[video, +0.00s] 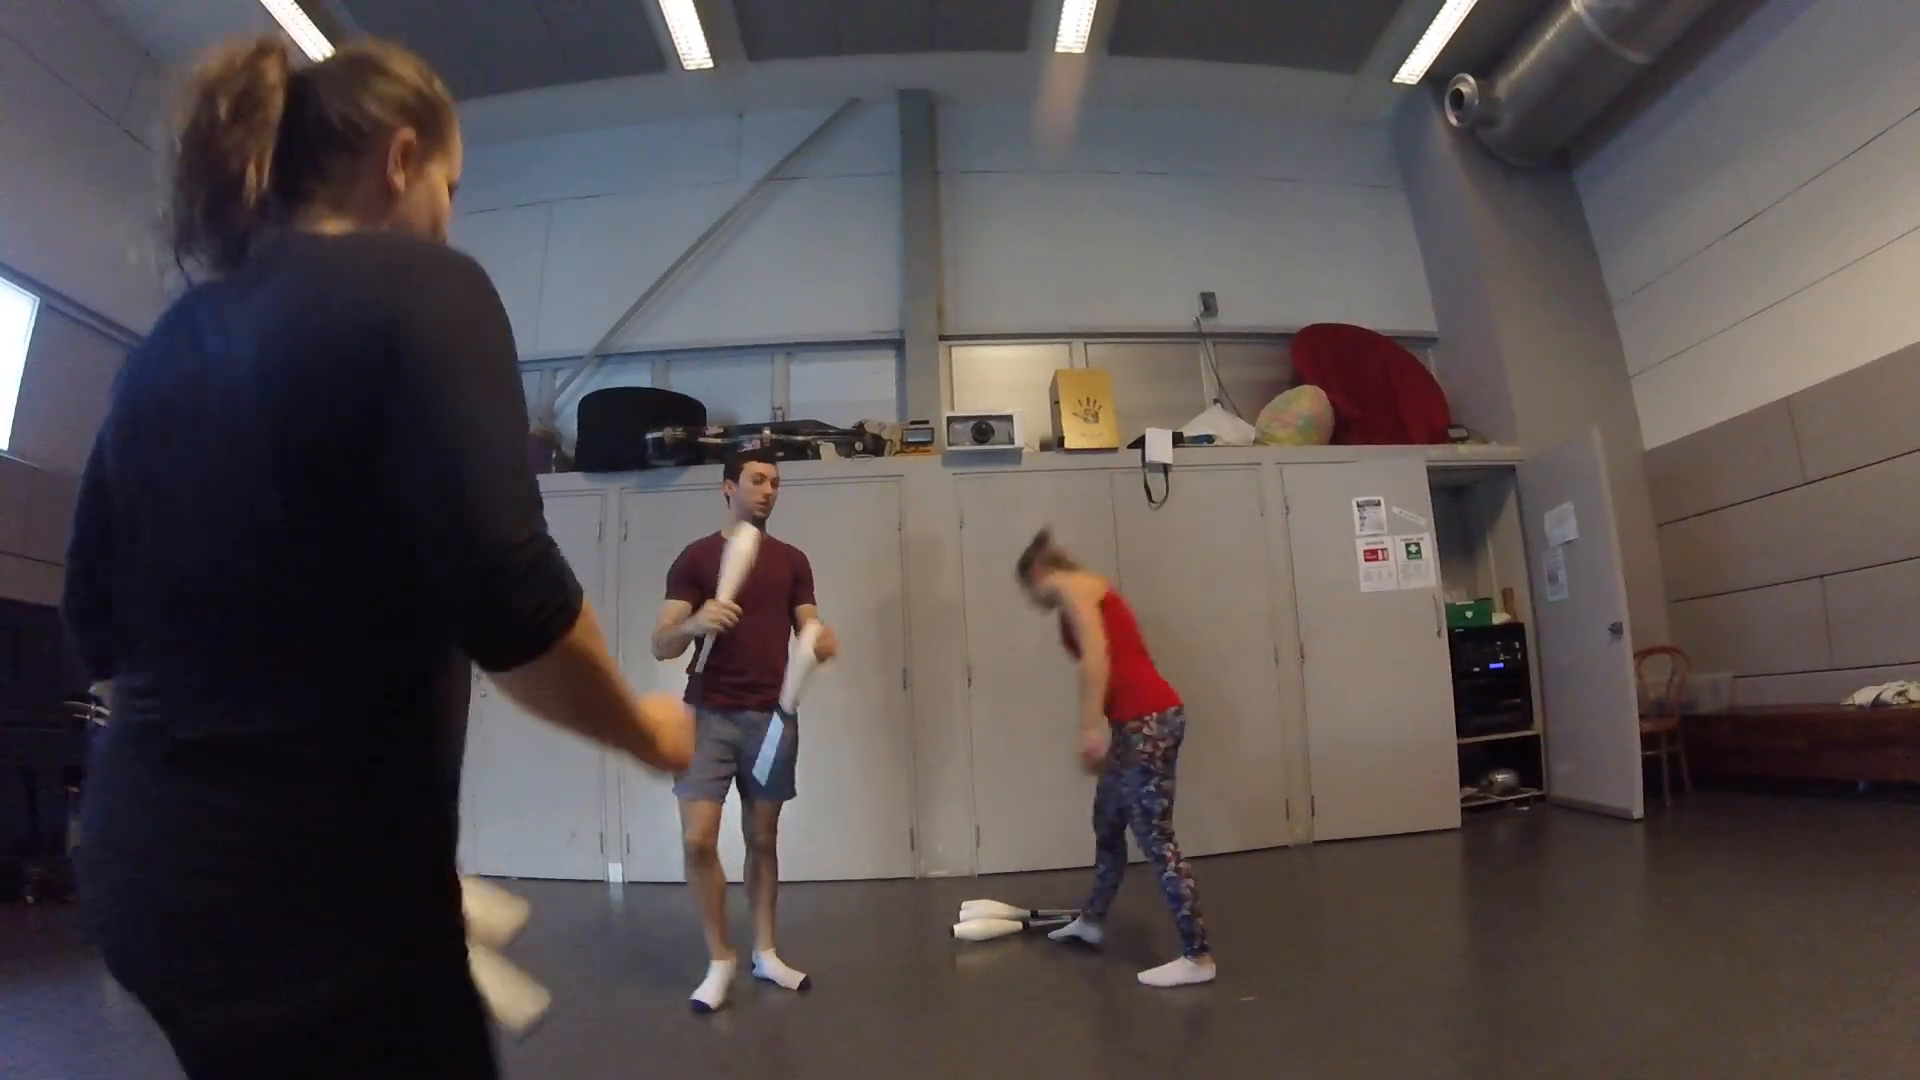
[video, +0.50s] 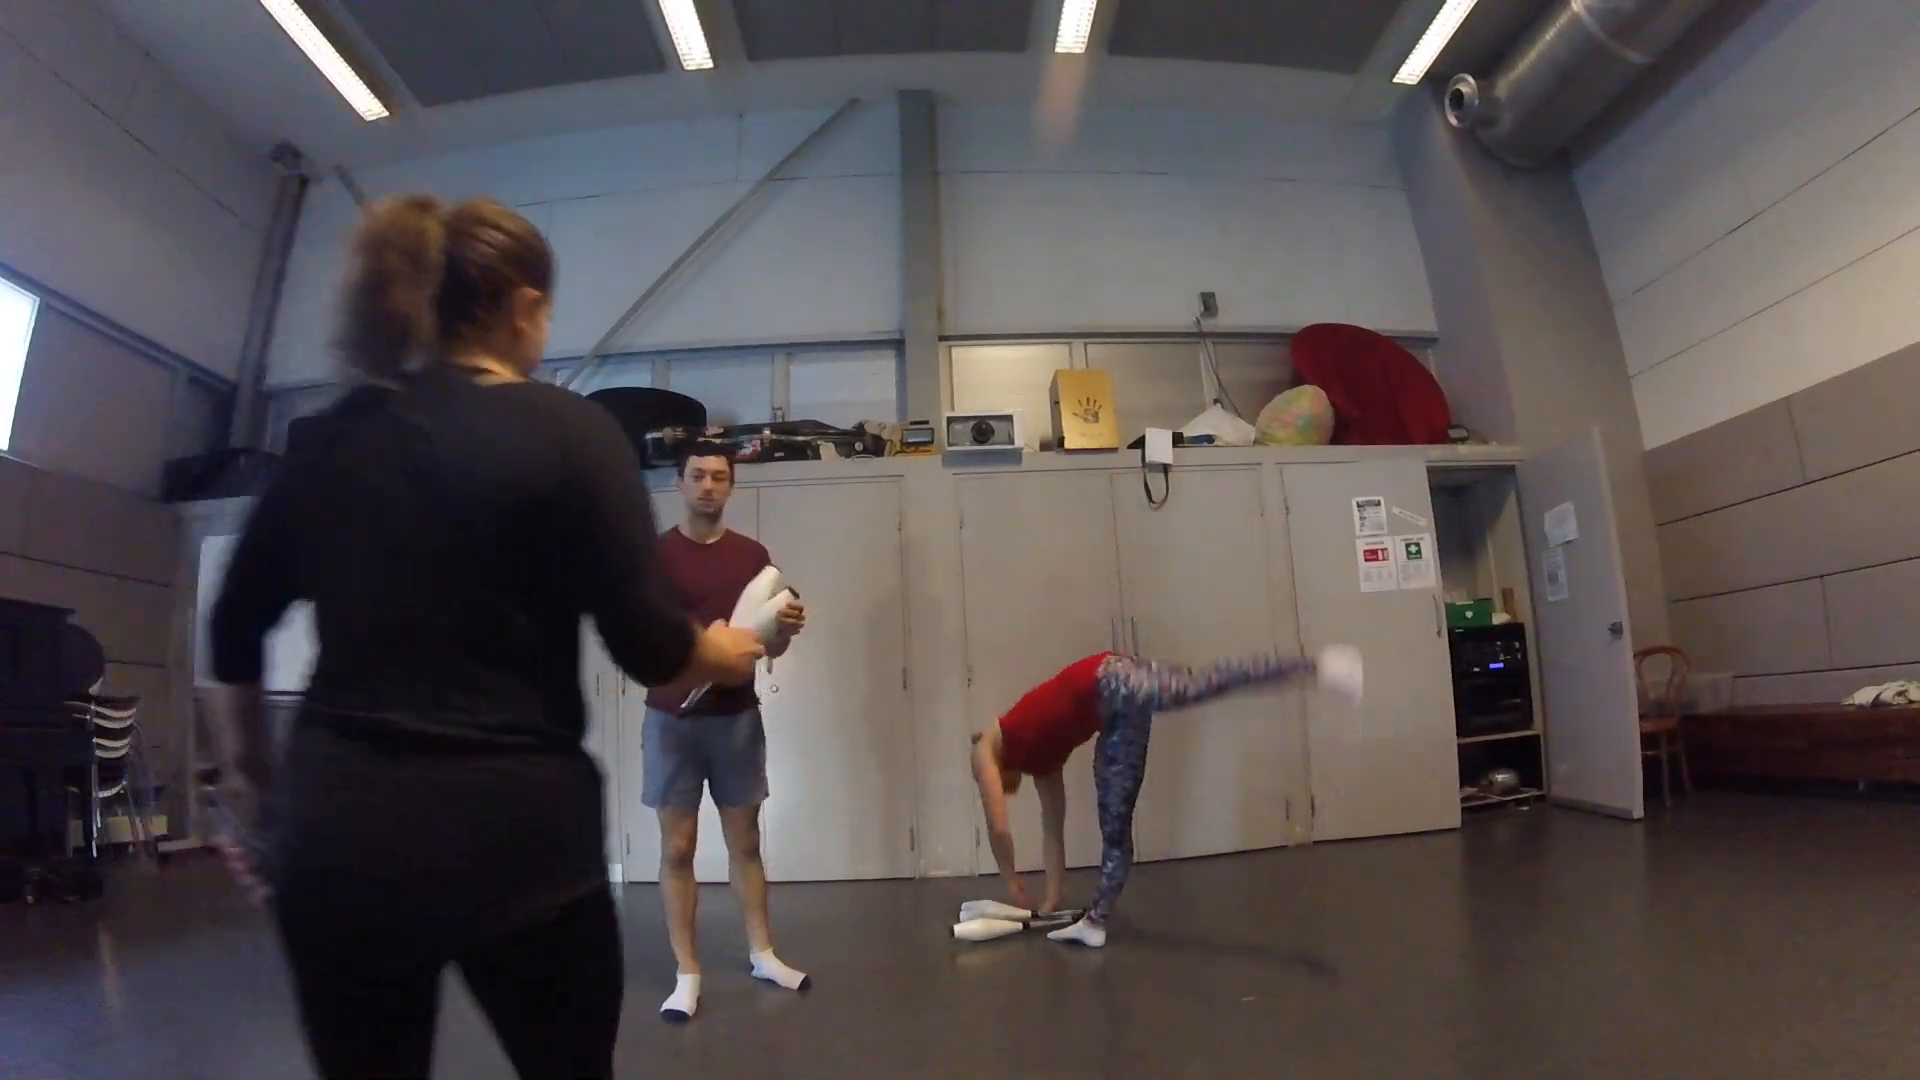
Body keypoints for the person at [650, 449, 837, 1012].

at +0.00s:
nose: (768, 491)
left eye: (773, 483)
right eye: (758, 480)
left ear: (777, 494)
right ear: (728, 488)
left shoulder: (790, 561)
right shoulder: (697, 558)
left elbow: (808, 628)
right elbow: (664, 646)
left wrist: (819, 638)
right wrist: (696, 621)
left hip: (771, 718)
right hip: (708, 717)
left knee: (763, 840)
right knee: (697, 843)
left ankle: (766, 953)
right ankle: (720, 960)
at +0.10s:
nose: (758, 490)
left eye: (765, 482)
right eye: (748, 480)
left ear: (773, 493)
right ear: (724, 488)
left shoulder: (788, 560)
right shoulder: (693, 558)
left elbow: (807, 652)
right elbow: (659, 641)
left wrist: (813, 627)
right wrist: (702, 629)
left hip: (766, 717)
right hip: (703, 718)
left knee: (760, 839)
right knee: (693, 844)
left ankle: (765, 954)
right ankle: (698, 967)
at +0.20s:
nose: (746, 489)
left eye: (755, 482)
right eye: (736, 479)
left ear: (765, 492)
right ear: (716, 487)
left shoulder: (782, 561)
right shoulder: (685, 558)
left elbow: (802, 650)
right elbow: (655, 634)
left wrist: (805, 618)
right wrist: (709, 634)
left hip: (762, 718)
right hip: (698, 718)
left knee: (758, 843)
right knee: (690, 850)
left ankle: (765, 955)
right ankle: (687, 974)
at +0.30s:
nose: (734, 487)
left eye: (743, 479)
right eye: (724, 477)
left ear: (754, 490)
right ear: (705, 486)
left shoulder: (775, 560)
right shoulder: (675, 558)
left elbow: (792, 649)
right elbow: (647, 639)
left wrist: (800, 618)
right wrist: (713, 638)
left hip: (755, 718)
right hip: (690, 719)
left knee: (753, 841)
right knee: (688, 850)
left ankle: (764, 954)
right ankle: (688, 972)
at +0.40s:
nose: (721, 486)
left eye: (730, 478)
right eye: (711, 477)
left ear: (741, 489)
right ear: (693, 485)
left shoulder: (764, 557)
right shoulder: (664, 557)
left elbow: (783, 650)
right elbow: (645, 649)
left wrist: (793, 623)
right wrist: (698, 656)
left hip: (746, 721)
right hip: (680, 722)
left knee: (749, 842)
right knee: (683, 850)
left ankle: (763, 954)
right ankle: (688, 973)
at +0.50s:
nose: (709, 487)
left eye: (719, 478)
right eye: (699, 477)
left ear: (732, 487)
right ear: (680, 484)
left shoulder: (753, 557)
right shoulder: (653, 557)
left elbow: (773, 649)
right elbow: (639, 641)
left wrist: (790, 623)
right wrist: (705, 651)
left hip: (737, 719)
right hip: (672, 722)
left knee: (747, 843)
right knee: (678, 851)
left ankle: (763, 954)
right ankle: (687, 972)